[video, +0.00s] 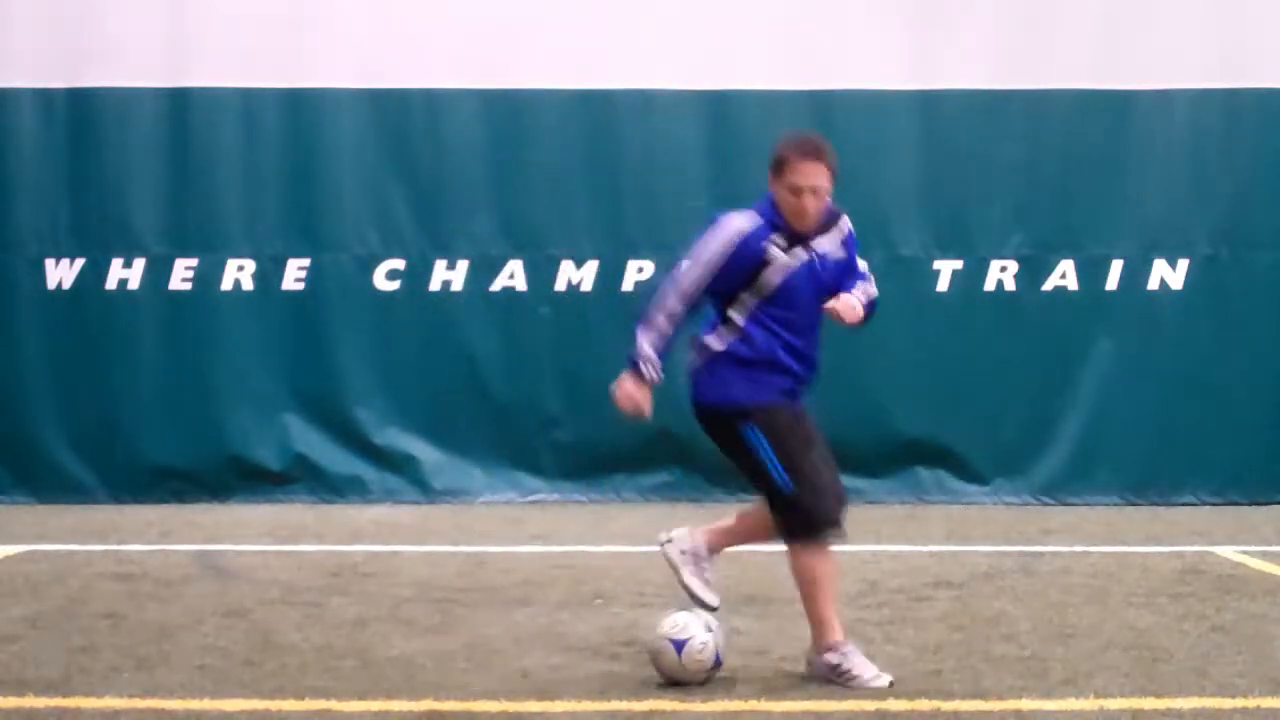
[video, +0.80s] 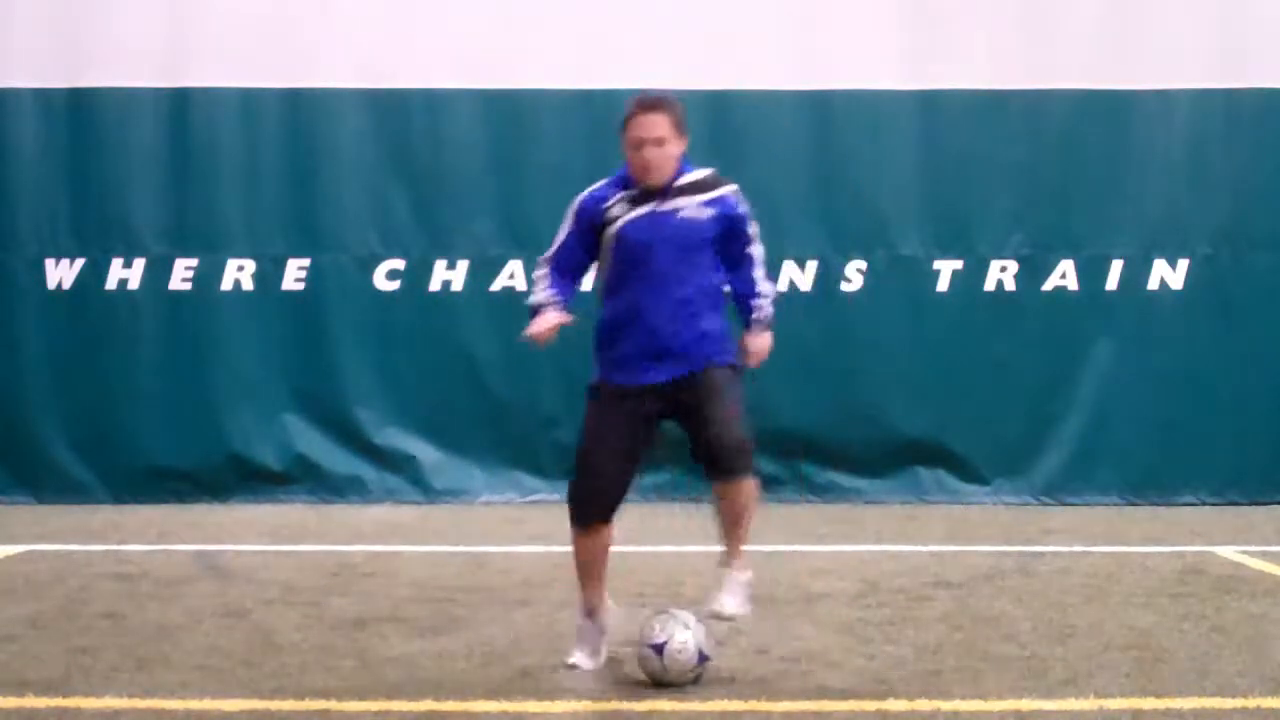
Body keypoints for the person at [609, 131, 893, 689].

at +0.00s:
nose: (811, 205)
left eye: (820, 192)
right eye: (799, 192)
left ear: (832, 190)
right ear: (775, 187)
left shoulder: (836, 229)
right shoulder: (740, 232)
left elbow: (860, 279)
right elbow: (676, 293)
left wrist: (856, 298)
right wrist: (641, 369)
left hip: (782, 391)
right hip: (732, 390)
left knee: (819, 502)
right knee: (806, 507)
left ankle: (697, 545)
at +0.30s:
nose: (815, 206)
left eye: (825, 196)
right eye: (803, 194)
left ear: (837, 197)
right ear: (780, 191)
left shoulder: (847, 241)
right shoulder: (749, 234)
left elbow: (878, 282)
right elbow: (685, 286)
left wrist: (907, 305)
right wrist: (632, 355)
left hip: (808, 407)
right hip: (751, 406)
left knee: (851, 514)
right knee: (829, 518)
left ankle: (731, 569)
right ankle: (833, 649)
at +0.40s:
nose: (797, 180)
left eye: (809, 169)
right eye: (787, 167)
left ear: (823, 169)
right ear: (766, 164)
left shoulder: (835, 220)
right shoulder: (730, 207)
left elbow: (873, 274)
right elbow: (660, 252)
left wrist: (911, 314)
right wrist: (624, 322)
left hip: (788, 385)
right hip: (725, 381)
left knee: (811, 495)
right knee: (778, 490)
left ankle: (757, 615)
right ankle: (815, 630)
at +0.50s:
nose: (773, 181)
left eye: (785, 171)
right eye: (763, 169)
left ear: (801, 173)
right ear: (743, 170)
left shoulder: (817, 223)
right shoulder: (708, 217)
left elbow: (851, 289)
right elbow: (647, 266)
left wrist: (874, 344)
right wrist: (631, 326)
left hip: (771, 394)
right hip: (699, 389)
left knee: (781, 523)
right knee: (708, 505)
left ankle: (772, 635)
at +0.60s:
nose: (733, 174)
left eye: (744, 164)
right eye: (722, 164)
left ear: (763, 167)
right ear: (706, 170)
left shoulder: (786, 221)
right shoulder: (674, 218)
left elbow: (807, 288)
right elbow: (624, 272)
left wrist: (817, 332)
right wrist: (621, 300)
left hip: (758, 396)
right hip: (680, 390)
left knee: (779, 518)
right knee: (642, 489)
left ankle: (772, 636)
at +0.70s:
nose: (686, 147)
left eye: (697, 137)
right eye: (676, 137)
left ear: (720, 138)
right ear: (662, 141)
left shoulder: (751, 191)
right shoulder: (636, 193)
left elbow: (773, 261)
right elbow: (590, 258)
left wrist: (779, 312)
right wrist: (590, 291)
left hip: (733, 371)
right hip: (654, 369)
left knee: (760, 489)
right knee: (605, 479)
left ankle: (770, 611)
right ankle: (564, 608)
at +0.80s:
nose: (647, 155)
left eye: (658, 144)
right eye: (637, 145)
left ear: (681, 144)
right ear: (624, 148)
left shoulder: (718, 195)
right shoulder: (600, 204)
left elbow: (749, 263)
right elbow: (559, 266)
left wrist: (760, 321)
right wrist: (551, 305)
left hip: (703, 365)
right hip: (624, 375)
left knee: (730, 452)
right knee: (590, 498)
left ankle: (736, 568)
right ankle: (592, 620)